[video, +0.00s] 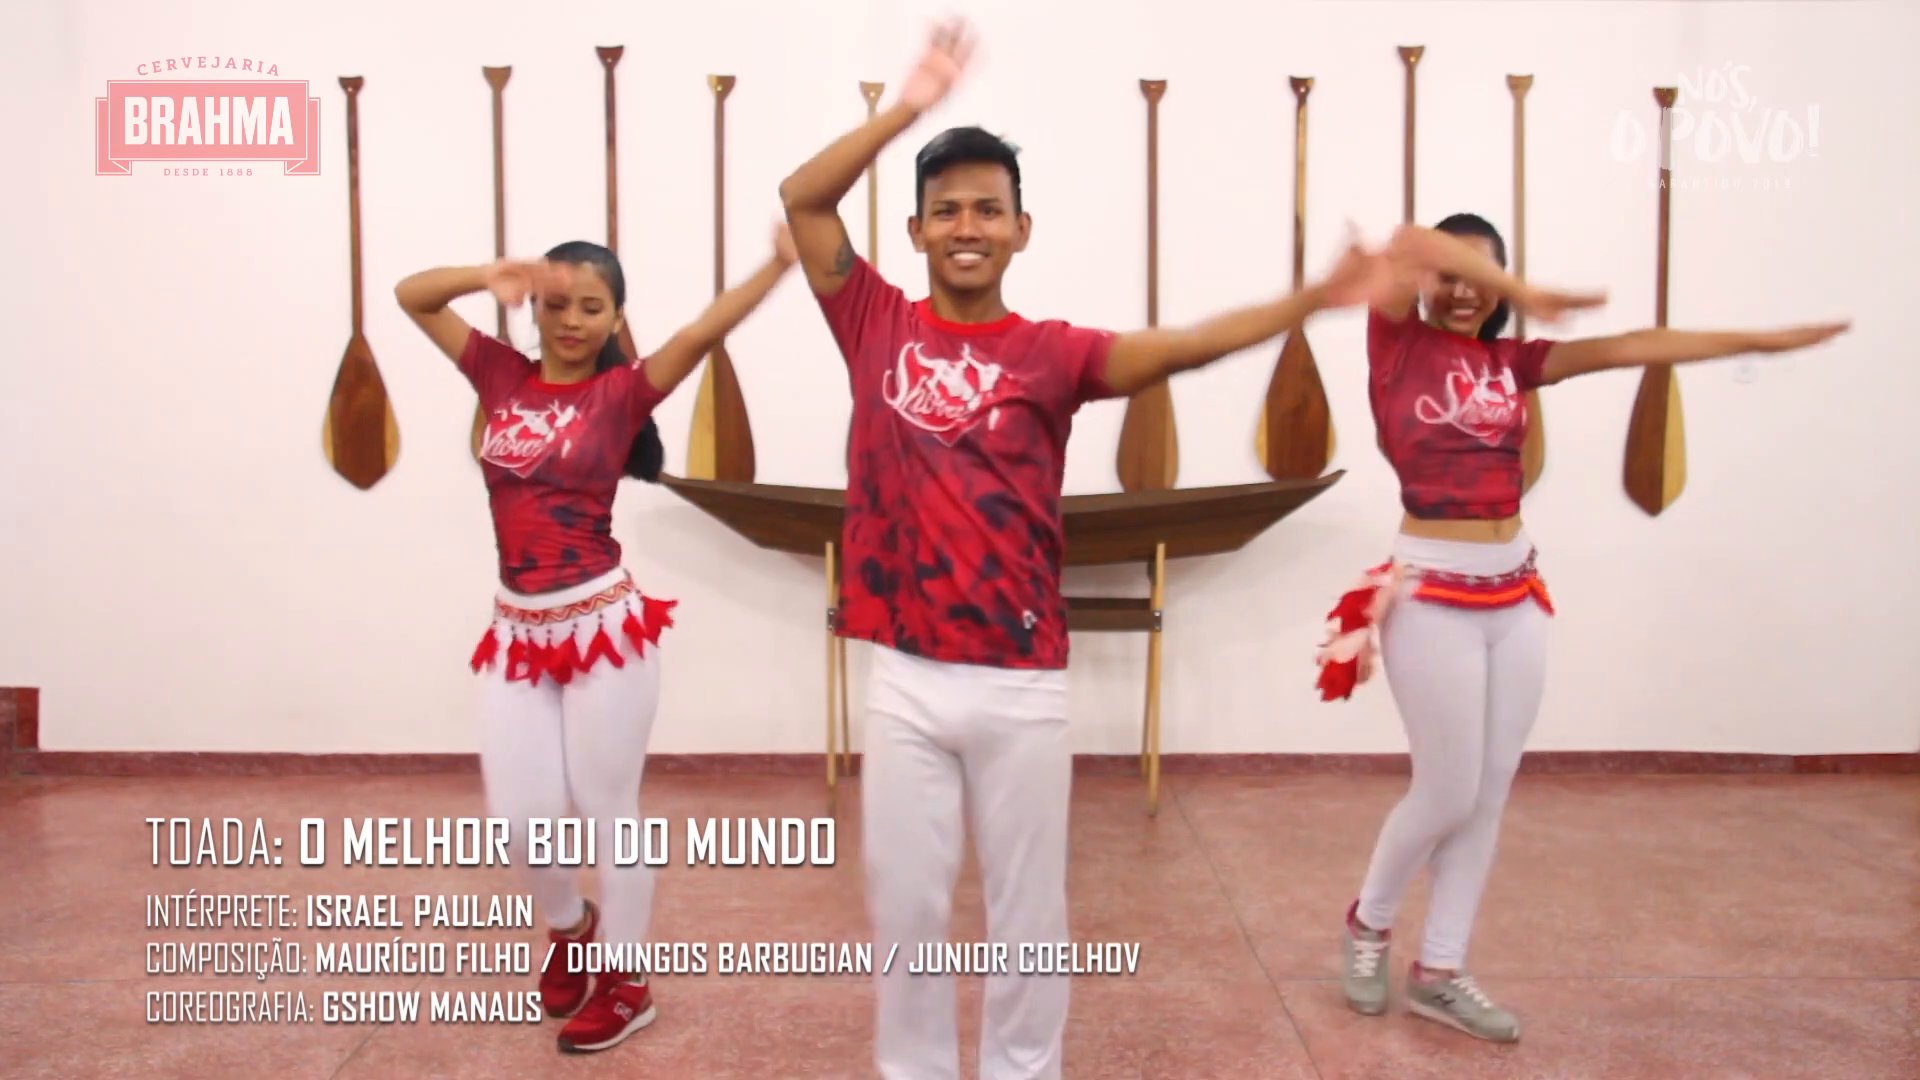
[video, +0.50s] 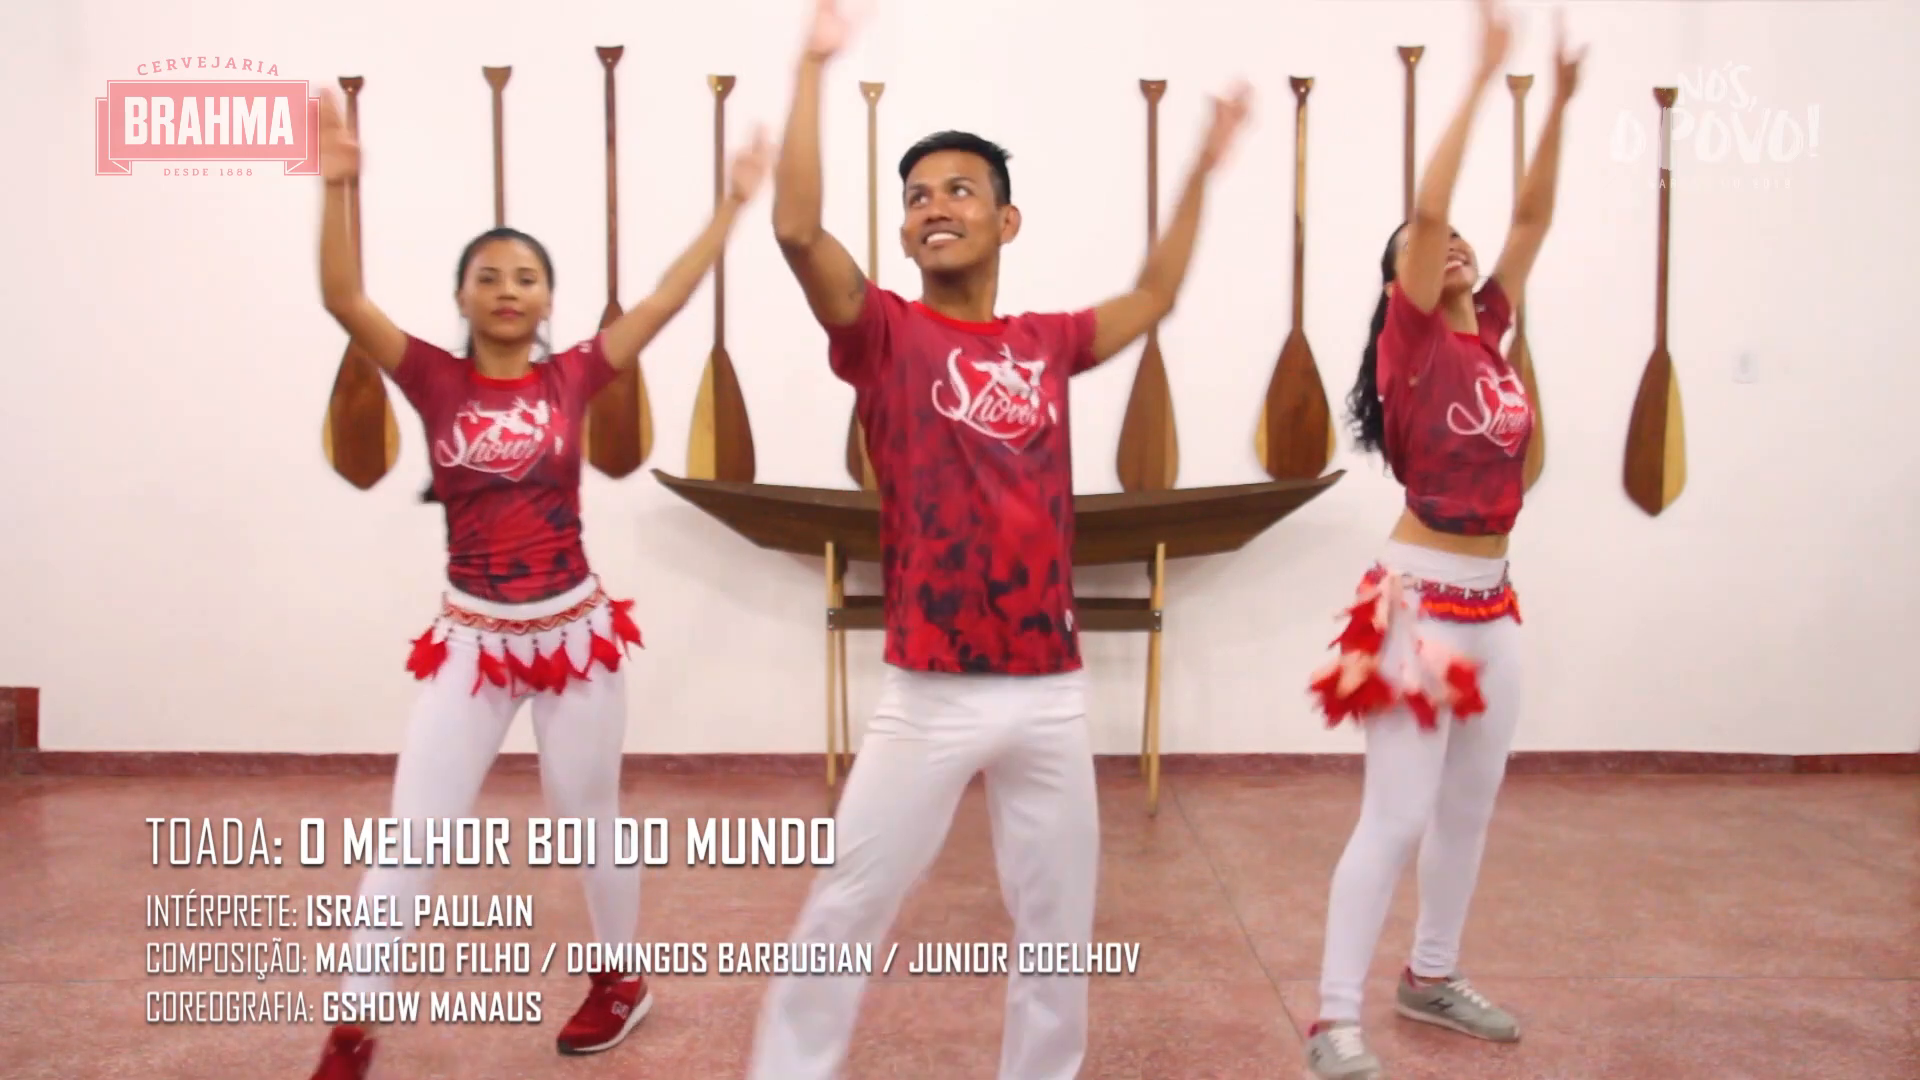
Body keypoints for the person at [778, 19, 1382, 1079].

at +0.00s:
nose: (967, 226)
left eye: (989, 209)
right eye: (948, 210)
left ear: (1021, 229)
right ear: (918, 228)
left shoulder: (1052, 352)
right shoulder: (876, 327)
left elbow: (1190, 344)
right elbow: (803, 199)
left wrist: (1321, 293)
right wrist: (901, 110)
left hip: (1022, 685)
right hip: (903, 677)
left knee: (1026, 926)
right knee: (905, 926)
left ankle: (1020, 1073)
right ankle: (913, 1075)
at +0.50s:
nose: (937, 206)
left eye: (961, 189)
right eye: (920, 194)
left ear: (1009, 221)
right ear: (902, 228)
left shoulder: (1046, 343)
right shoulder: (883, 333)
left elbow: (1155, 293)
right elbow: (799, 231)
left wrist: (1205, 166)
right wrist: (813, 60)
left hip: (1046, 693)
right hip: (925, 694)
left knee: (1059, 948)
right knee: (841, 923)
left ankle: (1039, 1079)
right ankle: (783, 1076)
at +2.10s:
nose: (834, 225)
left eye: (858, 205)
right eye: (811, 206)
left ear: (896, 231)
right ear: (779, 234)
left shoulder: (927, 358)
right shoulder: (745, 349)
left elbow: (1004, 243)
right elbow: (641, 217)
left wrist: (1036, 77)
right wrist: (605, 50)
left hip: (889, 761)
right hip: (755, 750)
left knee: (957, 1020)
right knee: (714, 999)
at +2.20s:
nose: (867, 217)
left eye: (892, 195)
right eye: (844, 199)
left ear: (937, 217)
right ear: (816, 222)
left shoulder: (975, 348)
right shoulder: (792, 342)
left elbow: (1063, 244)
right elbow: (684, 206)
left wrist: (1115, 91)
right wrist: (653, 38)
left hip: (942, 760)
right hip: (804, 748)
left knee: (994, 1026)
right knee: (734, 983)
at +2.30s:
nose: (897, 211)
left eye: (923, 188)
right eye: (874, 192)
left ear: (972, 210)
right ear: (848, 217)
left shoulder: (1014, 344)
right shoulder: (829, 335)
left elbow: (1122, 247)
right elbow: (718, 199)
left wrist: (1187, 104)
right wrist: (699, 37)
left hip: (984, 761)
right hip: (846, 748)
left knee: (1020, 1030)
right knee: (769, 979)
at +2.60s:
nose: (894, 201)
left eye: (916, 177)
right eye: (893, 181)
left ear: (999, 187)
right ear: (893, 191)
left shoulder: (1068, 341)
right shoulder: (885, 311)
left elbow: (1197, 328)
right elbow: (770, 205)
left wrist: (1328, 281)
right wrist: (809, 126)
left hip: (1027, 764)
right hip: (898, 750)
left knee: (1045, 1037)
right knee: (870, 1005)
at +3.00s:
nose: (913, 193)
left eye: (930, 170)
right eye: (922, 169)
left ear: (981, 191)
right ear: (988, 195)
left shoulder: (1064, 345)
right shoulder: (912, 317)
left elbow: (1107, 234)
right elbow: (803, 229)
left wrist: (1131, 81)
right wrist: (751, 76)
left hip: (1004, 764)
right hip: (886, 740)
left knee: (1000, 1043)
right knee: (833, 962)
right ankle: (839, 1069)